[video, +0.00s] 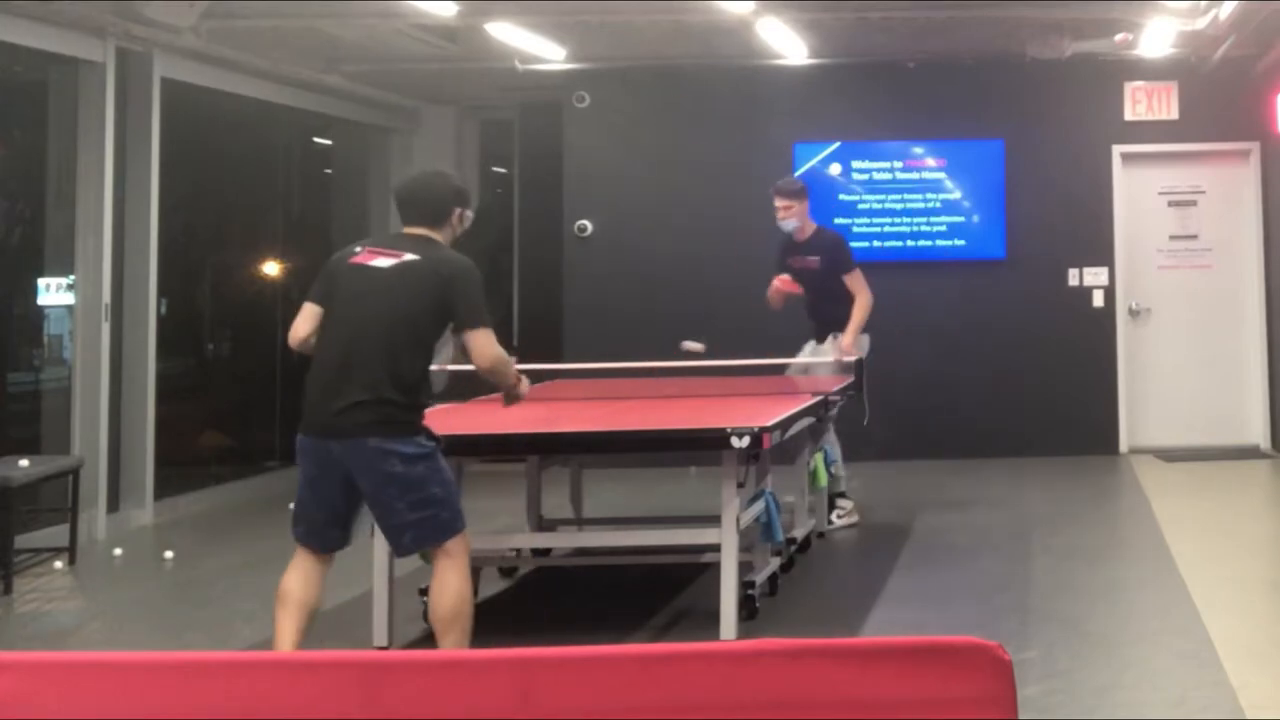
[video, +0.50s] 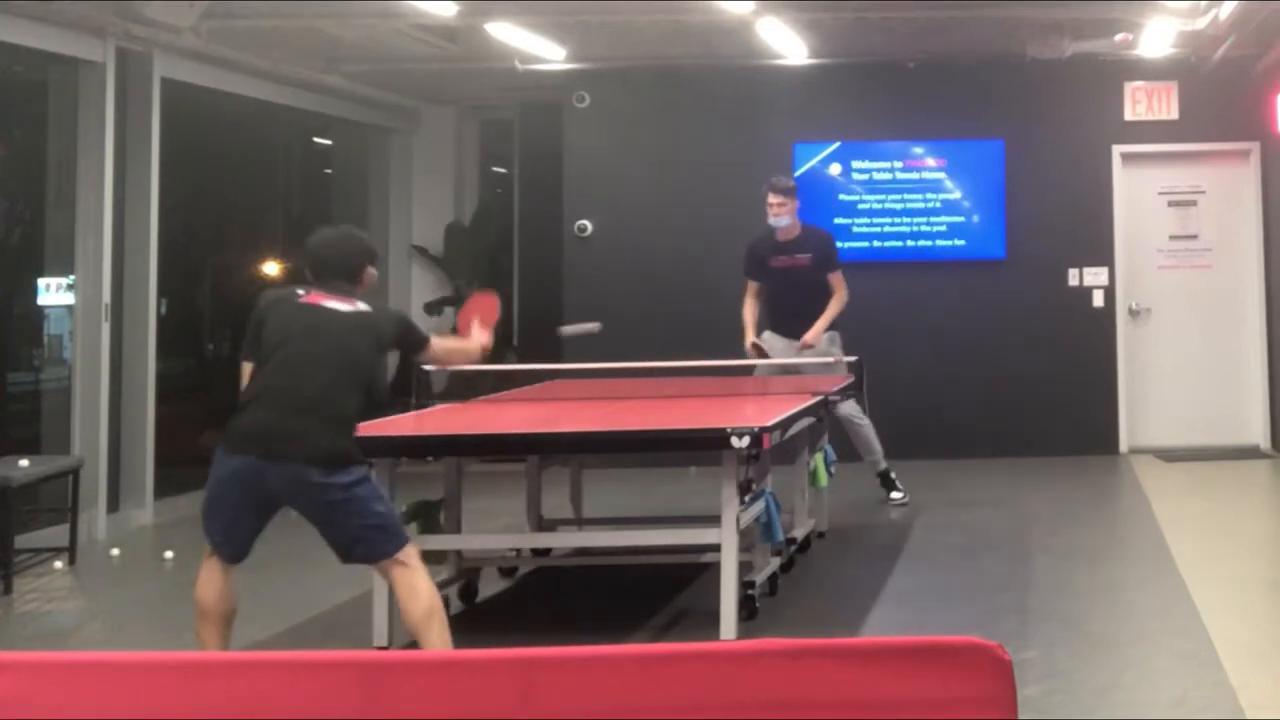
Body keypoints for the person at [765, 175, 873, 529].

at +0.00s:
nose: (781, 215)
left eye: (788, 208)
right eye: (777, 210)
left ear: (804, 207)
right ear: (775, 212)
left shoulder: (832, 243)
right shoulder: (788, 248)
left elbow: (864, 295)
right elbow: (775, 304)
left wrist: (849, 337)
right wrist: (777, 290)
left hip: (846, 339)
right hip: (819, 340)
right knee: (819, 416)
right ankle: (839, 499)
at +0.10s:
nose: (779, 210)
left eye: (785, 203)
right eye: (774, 204)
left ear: (801, 203)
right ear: (770, 208)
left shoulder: (828, 239)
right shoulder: (775, 247)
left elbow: (862, 288)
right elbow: (764, 301)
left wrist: (839, 327)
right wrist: (768, 291)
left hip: (830, 344)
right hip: (798, 344)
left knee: (823, 420)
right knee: (773, 408)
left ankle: (839, 498)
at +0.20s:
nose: (773, 199)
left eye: (781, 193)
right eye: (769, 194)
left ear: (795, 194)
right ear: (765, 195)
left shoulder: (821, 231)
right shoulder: (763, 235)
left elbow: (855, 276)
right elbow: (755, 282)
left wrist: (835, 310)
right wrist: (763, 290)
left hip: (821, 334)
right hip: (784, 333)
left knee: (834, 408)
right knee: (755, 391)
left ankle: (842, 486)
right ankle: (771, 469)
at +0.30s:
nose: (770, 203)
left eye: (777, 197)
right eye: (766, 197)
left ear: (792, 198)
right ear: (761, 200)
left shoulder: (817, 235)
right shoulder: (756, 240)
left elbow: (846, 282)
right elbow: (748, 287)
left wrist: (827, 314)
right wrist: (755, 303)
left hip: (812, 339)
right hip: (771, 339)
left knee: (833, 409)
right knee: (757, 414)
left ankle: (865, 483)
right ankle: (754, 489)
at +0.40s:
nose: (772, 208)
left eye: (778, 202)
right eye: (767, 203)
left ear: (793, 203)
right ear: (762, 206)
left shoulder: (816, 241)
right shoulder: (755, 247)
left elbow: (838, 291)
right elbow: (748, 292)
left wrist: (821, 326)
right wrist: (748, 323)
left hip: (812, 346)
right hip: (769, 347)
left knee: (835, 410)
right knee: (754, 417)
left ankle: (877, 477)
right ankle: (750, 487)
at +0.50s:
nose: (775, 210)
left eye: (781, 205)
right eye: (770, 205)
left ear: (796, 205)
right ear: (766, 208)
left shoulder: (820, 241)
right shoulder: (759, 248)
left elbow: (841, 293)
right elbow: (751, 296)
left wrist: (817, 331)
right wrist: (750, 336)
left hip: (820, 340)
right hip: (776, 341)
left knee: (844, 406)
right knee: (754, 412)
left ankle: (884, 473)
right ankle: (752, 486)